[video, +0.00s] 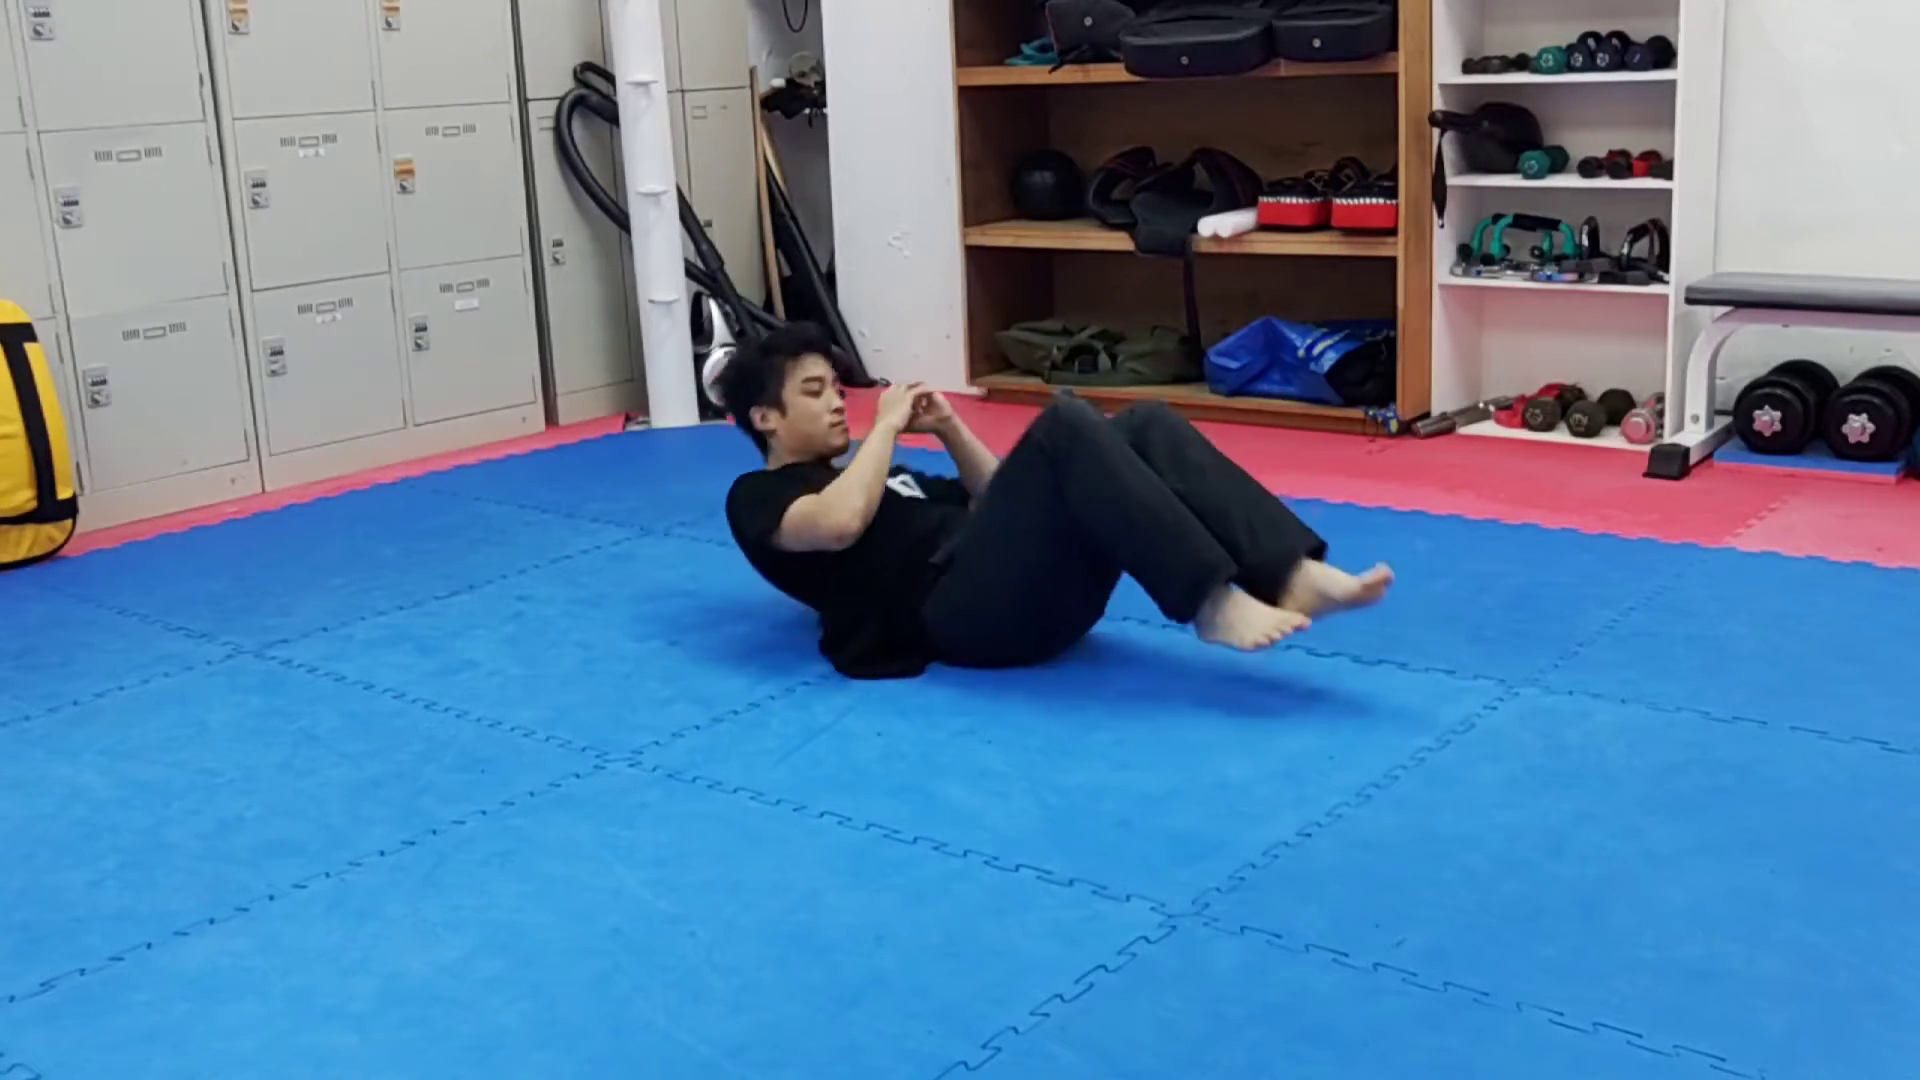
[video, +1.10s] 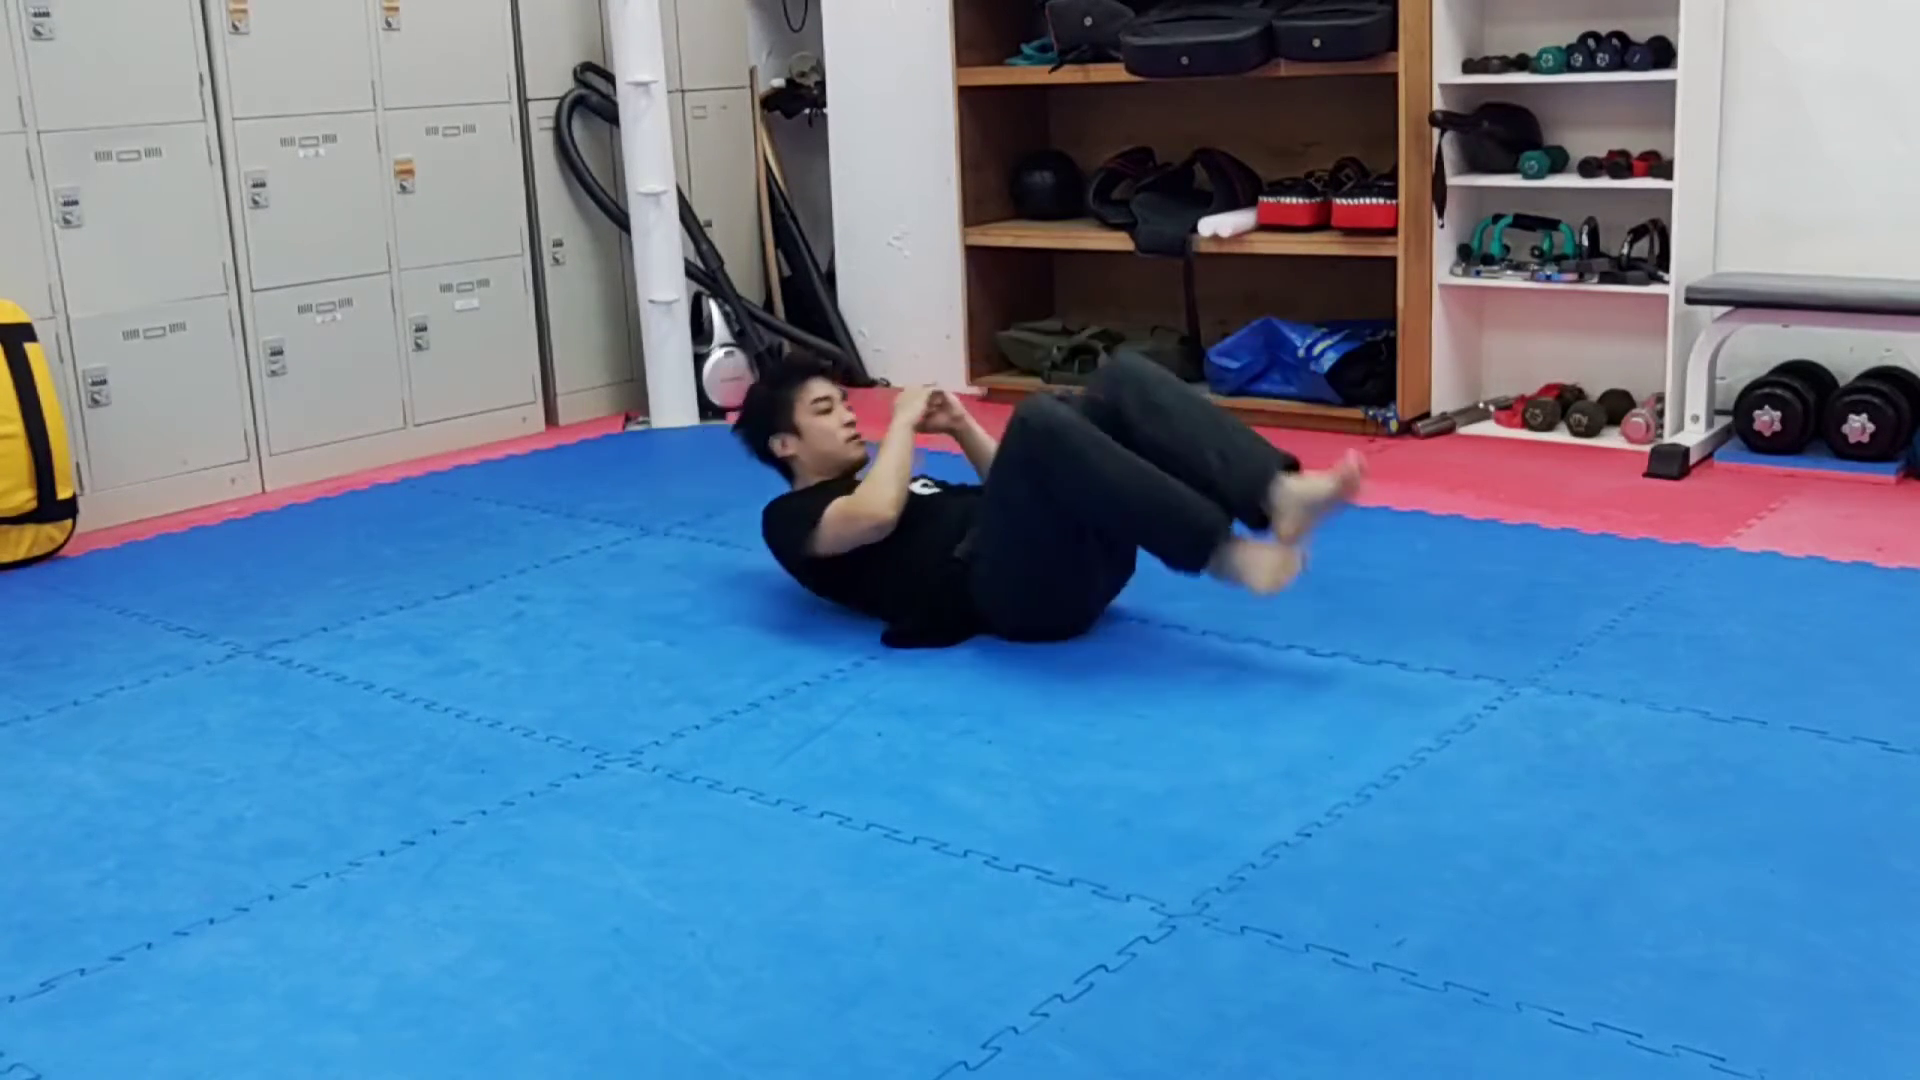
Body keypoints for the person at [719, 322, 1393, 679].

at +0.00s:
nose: (838, 403)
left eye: (836, 389)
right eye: (814, 392)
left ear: (836, 401)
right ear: (760, 419)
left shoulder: (868, 478)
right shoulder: (755, 498)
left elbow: (993, 505)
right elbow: (836, 523)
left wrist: (949, 429)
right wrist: (887, 426)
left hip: (1039, 593)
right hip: (973, 619)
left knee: (1147, 424)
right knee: (1064, 423)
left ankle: (1295, 574)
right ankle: (1212, 598)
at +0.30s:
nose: (826, 395)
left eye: (825, 373)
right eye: (800, 398)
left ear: (841, 356)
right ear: (773, 423)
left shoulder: (916, 406)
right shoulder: (804, 500)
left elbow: (1026, 407)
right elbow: (834, 583)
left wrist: (921, 391)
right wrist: (854, 448)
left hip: (1066, 571)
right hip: (992, 609)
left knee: (1209, 434)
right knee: (1128, 443)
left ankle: (1351, 587)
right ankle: (1264, 621)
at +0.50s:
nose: (798, 428)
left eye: (793, 411)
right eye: (775, 437)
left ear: (808, 396)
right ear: (755, 469)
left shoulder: (885, 436)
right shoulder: (793, 552)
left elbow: (976, 403)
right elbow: (841, 617)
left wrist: (861, 416)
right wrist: (812, 489)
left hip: (1073, 569)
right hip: (995, 610)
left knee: (1185, 414)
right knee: (1094, 421)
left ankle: (1332, 533)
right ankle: (1220, 605)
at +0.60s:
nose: (795, 447)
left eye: (791, 429)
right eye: (768, 455)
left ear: (799, 428)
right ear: (744, 494)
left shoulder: (874, 456)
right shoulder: (786, 579)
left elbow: (959, 411)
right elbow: (827, 616)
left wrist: (842, 415)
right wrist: (794, 488)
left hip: (1055, 571)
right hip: (983, 607)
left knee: (1122, 379)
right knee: (1047, 391)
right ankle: (1197, 541)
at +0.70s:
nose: (770, 456)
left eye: (766, 436)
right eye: (742, 465)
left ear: (780, 428)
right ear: (727, 506)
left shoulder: (864, 449)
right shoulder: (769, 581)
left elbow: (959, 420)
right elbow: (810, 604)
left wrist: (838, 409)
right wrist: (780, 481)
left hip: (1039, 537)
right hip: (978, 591)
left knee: (1028, 344)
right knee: (992, 369)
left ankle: (1241, 344)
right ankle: (1176, 469)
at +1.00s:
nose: (819, 435)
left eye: (816, 425)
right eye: (792, 435)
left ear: (827, 436)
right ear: (761, 481)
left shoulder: (885, 485)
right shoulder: (776, 550)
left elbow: (990, 477)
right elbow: (848, 523)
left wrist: (925, 423)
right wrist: (856, 422)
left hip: (1054, 539)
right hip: (1007, 584)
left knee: (1047, 346)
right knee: (997, 403)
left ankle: (1244, 419)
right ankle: (1210, 481)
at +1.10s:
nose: (849, 415)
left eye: (844, 403)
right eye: (824, 410)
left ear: (852, 418)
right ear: (783, 448)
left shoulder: (891, 487)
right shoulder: (786, 519)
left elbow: (1009, 502)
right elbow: (874, 516)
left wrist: (964, 434)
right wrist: (902, 423)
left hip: (1079, 563)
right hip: (1020, 598)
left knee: (1122, 379)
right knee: (1038, 420)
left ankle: (1278, 498)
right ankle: (1229, 556)